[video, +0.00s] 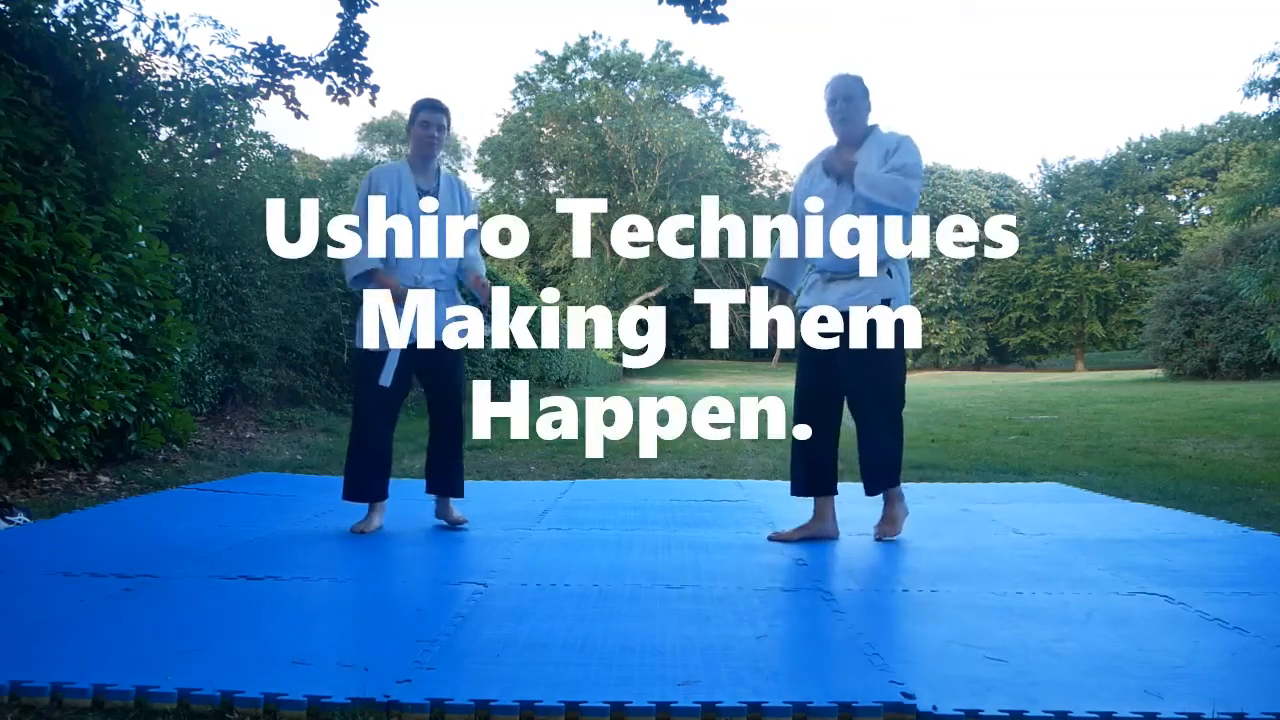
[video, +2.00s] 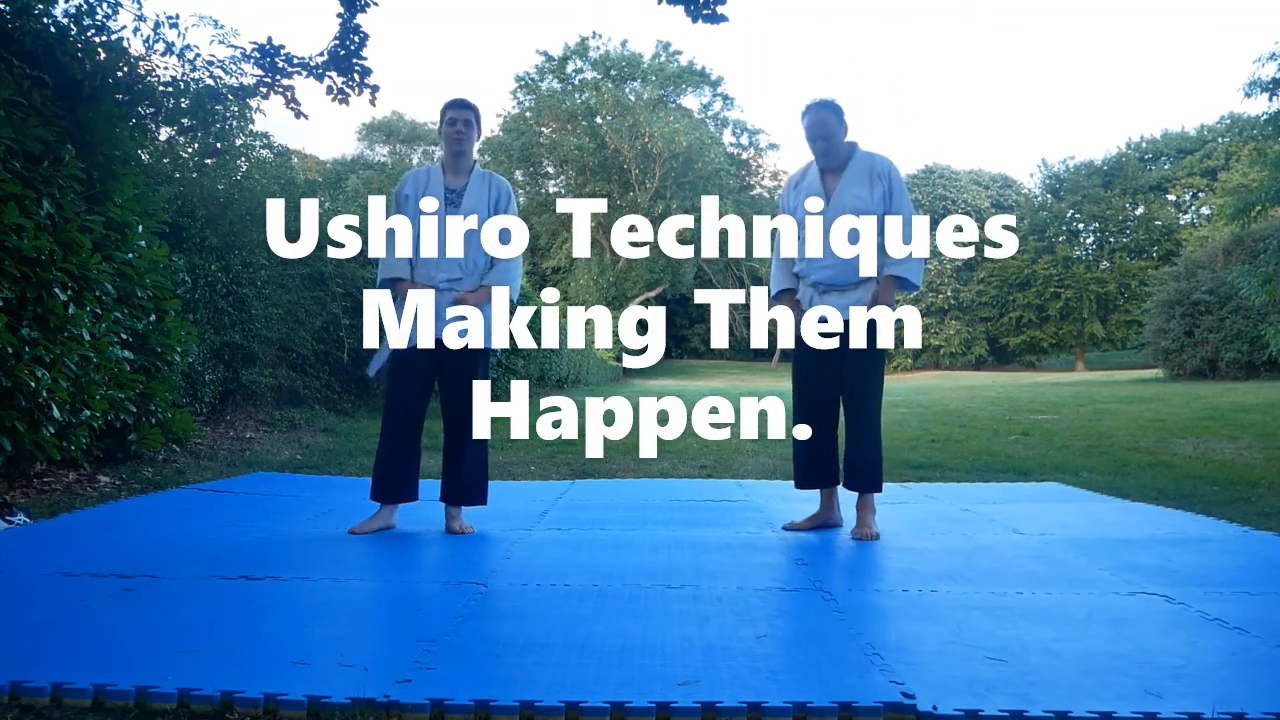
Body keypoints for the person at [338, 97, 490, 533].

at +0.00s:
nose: (432, 133)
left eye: (439, 128)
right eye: (426, 125)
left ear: (447, 137)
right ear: (409, 130)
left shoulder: (459, 190)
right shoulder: (381, 178)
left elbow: (470, 248)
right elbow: (358, 240)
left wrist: (478, 279)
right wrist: (384, 279)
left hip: (442, 313)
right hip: (386, 310)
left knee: (448, 406)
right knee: (376, 407)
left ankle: (445, 500)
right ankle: (376, 505)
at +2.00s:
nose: (458, 130)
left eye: (466, 125)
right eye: (452, 123)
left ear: (478, 135)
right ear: (440, 131)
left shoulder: (498, 189)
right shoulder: (412, 183)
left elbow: (510, 258)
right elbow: (396, 243)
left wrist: (483, 293)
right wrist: (404, 287)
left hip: (471, 314)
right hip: (415, 308)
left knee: (463, 411)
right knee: (401, 406)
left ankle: (455, 509)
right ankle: (387, 508)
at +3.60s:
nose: (457, 134)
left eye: (465, 128)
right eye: (451, 127)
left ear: (478, 137)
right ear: (439, 132)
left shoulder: (495, 190)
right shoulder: (408, 183)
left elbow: (506, 256)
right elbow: (386, 246)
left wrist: (462, 268)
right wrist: (409, 268)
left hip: (470, 320)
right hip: (413, 318)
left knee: (472, 414)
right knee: (400, 410)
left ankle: (475, 512)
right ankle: (388, 509)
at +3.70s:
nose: (458, 134)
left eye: (467, 128)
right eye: (452, 127)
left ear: (479, 138)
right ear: (440, 133)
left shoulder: (496, 190)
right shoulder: (410, 184)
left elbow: (509, 256)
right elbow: (387, 246)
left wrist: (465, 271)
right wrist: (412, 270)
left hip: (472, 320)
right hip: (415, 317)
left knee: (474, 414)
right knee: (401, 410)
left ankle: (476, 512)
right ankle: (387, 509)